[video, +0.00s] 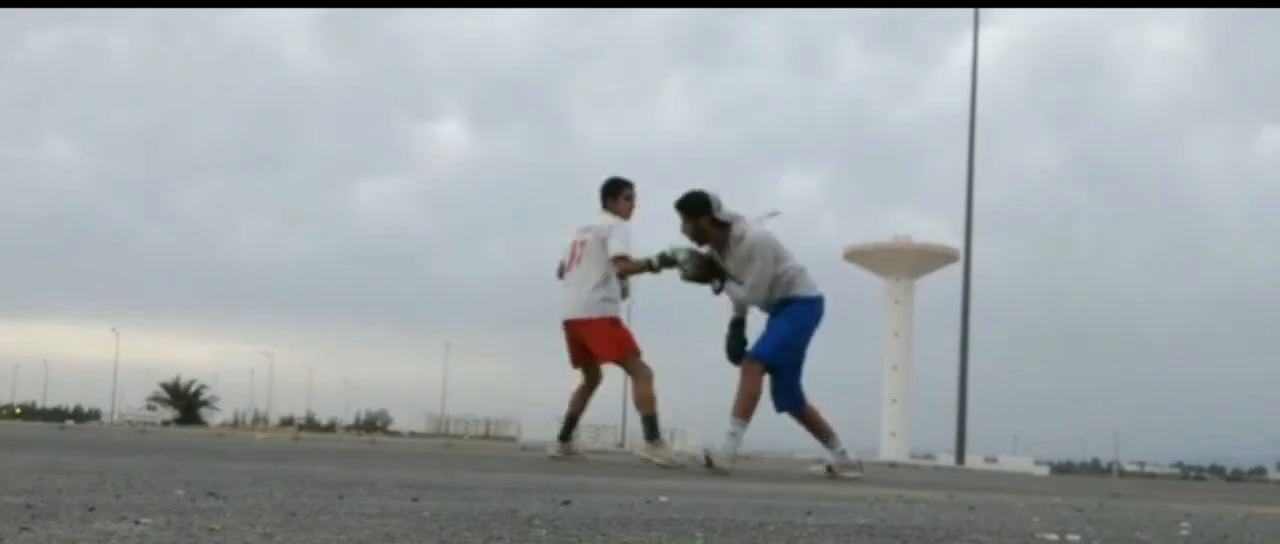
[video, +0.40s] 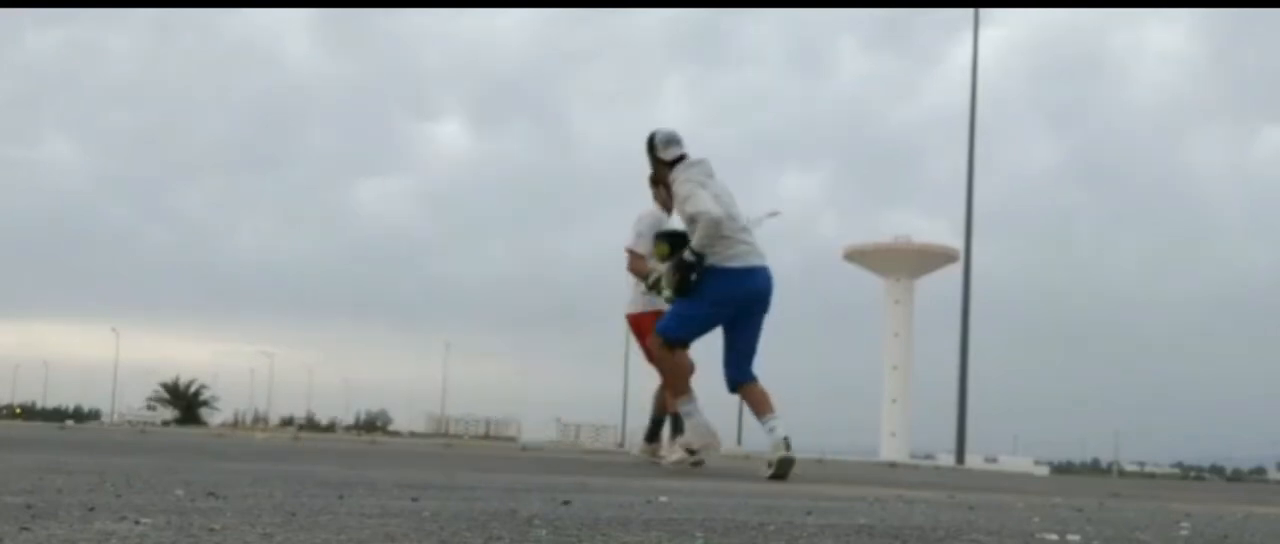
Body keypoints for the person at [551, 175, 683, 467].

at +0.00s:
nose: (633, 206)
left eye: (633, 200)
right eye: (628, 200)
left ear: (605, 202)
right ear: (614, 200)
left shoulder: (585, 231)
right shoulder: (616, 226)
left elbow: (563, 272)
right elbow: (622, 265)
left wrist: (611, 278)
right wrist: (654, 263)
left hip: (572, 316)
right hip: (599, 314)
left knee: (591, 378)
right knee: (641, 373)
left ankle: (564, 441)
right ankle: (654, 442)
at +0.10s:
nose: (642, 207)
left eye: (643, 201)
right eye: (638, 201)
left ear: (618, 203)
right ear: (622, 201)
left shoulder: (600, 233)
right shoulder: (623, 230)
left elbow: (583, 279)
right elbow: (628, 273)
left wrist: (629, 292)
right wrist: (663, 278)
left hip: (592, 322)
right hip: (616, 321)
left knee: (606, 382)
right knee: (661, 374)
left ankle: (566, 440)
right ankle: (654, 445)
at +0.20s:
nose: (650, 188)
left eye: (650, 181)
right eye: (646, 181)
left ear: (636, 181)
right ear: (633, 180)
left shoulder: (629, 213)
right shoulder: (626, 209)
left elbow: (608, 257)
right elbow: (616, 253)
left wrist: (653, 267)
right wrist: (649, 267)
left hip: (619, 304)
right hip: (630, 302)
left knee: (624, 371)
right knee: (669, 362)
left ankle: (581, 431)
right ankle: (663, 439)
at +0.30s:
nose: (662, 182)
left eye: (662, 176)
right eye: (656, 175)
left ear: (653, 176)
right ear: (642, 175)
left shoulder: (648, 208)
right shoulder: (636, 205)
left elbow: (638, 248)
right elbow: (617, 246)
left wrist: (667, 262)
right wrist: (653, 263)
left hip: (635, 297)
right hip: (642, 295)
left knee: (653, 366)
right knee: (676, 354)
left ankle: (613, 425)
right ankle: (670, 433)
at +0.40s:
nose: (668, 196)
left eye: (670, 189)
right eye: (663, 189)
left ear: (671, 190)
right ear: (655, 189)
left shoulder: (674, 224)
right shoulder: (650, 219)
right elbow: (635, 263)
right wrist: (661, 279)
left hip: (665, 307)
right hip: (645, 308)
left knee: (675, 370)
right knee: (679, 367)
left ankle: (652, 440)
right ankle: (676, 439)